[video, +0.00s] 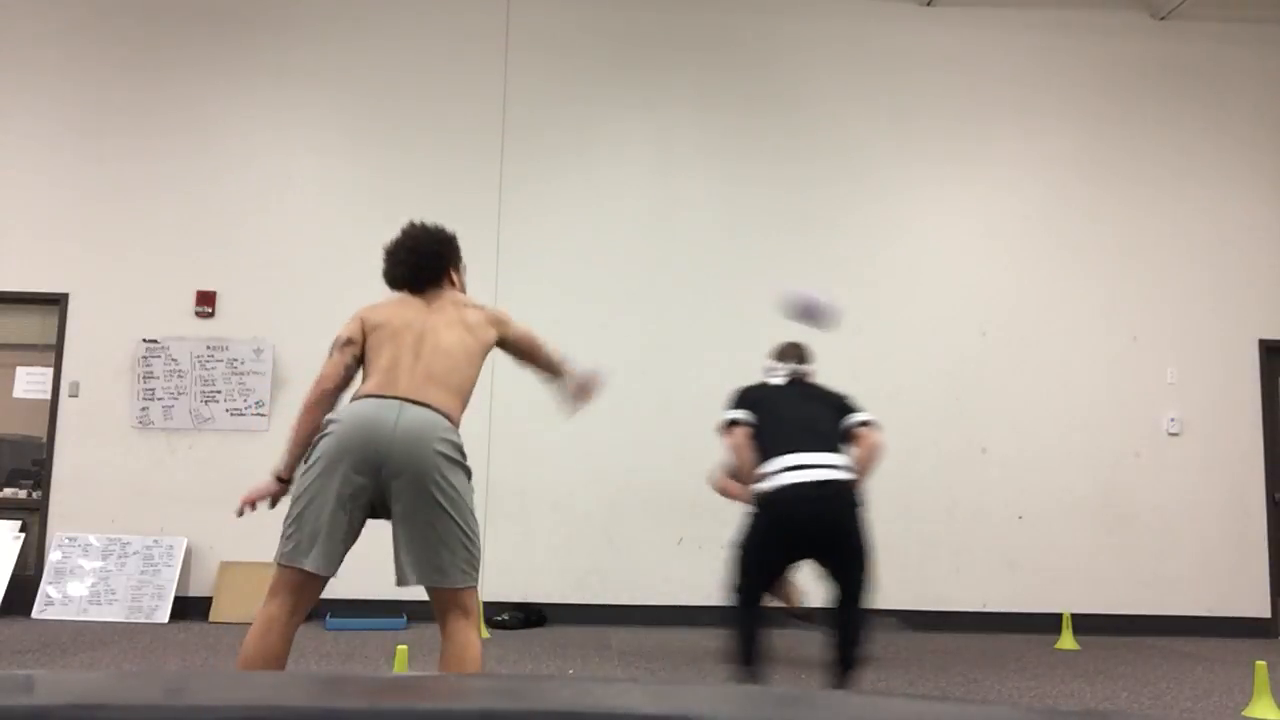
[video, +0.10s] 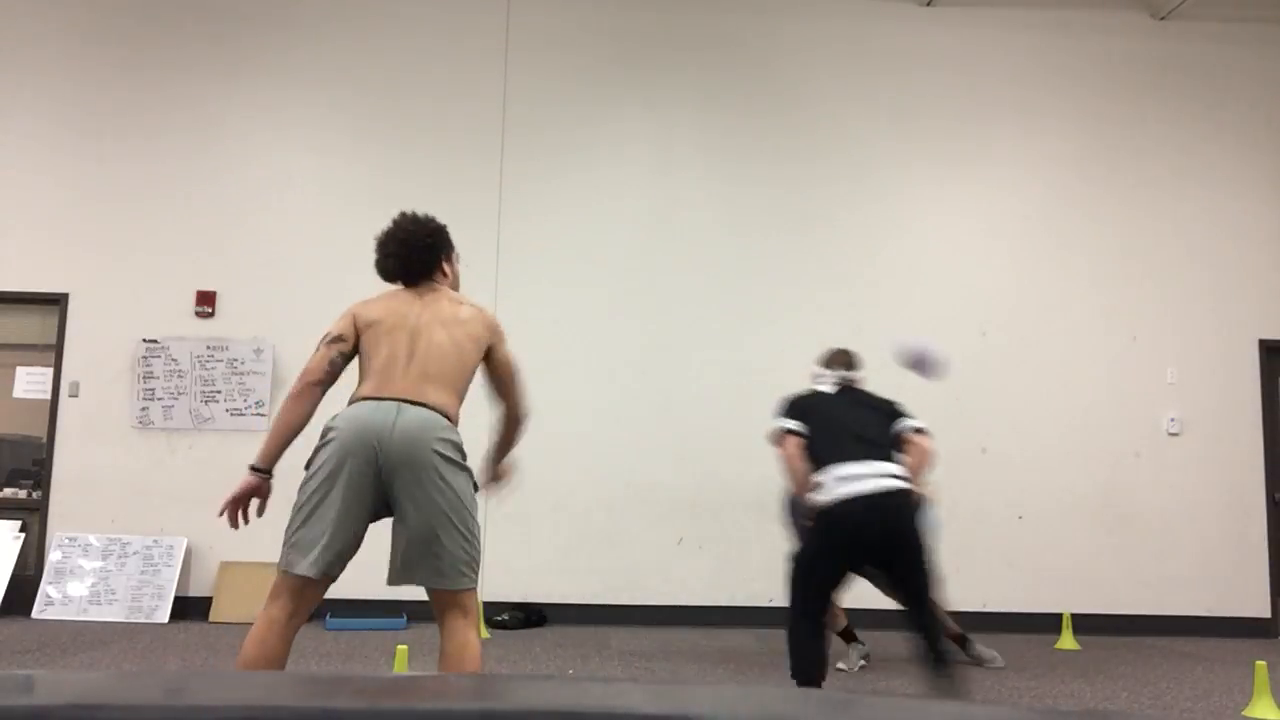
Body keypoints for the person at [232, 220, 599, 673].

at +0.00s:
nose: (465, 278)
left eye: (462, 269)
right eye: (463, 269)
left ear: (400, 280)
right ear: (452, 274)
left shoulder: (370, 316)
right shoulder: (484, 319)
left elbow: (325, 389)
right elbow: (540, 355)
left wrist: (282, 475)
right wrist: (570, 378)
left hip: (353, 426)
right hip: (430, 435)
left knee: (285, 599)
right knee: (458, 613)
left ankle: (240, 719)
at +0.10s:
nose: (458, 267)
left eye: (455, 258)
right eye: (456, 259)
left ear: (396, 272)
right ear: (444, 265)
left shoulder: (363, 311)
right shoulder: (479, 320)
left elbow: (310, 383)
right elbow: (515, 409)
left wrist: (261, 469)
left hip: (353, 428)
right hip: (430, 436)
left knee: (286, 602)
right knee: (457, 611)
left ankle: (236, 716)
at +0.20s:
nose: (447, 263)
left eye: (444, 255)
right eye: (444, 255)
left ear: (387, 268)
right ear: (435, 264)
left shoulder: (355, 313)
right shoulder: (468, 327)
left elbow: (305, 390)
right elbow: (460, 432)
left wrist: (255, 476)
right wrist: (439, 487)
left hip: (346, 433)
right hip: (422, 442)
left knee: (282, 609)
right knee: (455, 612)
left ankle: (232, 719)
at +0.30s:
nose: (430, 257)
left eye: (427, 248)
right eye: (426, 249)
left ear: (368, 261)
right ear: (413, 259)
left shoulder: (331, 310)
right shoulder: (448, 322)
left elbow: (291, 402)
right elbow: (436, 418)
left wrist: (258, 487)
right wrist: (423, 488)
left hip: (325, 433)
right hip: (400, 442)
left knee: (273, 614)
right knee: (444, 611)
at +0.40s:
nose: (406, 243)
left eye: (402, 233)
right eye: (401, 233)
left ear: (344, 246)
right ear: (387, 242)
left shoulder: (303, 303)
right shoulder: (420, 308)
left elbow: (272, 398)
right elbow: (431, 411)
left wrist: (262, 481)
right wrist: (448, 493)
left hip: (299, 429)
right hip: (375, 436)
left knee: (257, 612)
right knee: (425, 609)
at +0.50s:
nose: (383, 234)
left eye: (379, 224)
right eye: (378, 224)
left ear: (320, 236)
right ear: (362, 231)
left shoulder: (276, 296)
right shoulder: (394, 298)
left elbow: (251, 396)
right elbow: (434, 398)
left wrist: (259, 463)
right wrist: (479, 465)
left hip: (277, 435)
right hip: (351, 438)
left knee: (246, 608)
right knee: (407, 604)